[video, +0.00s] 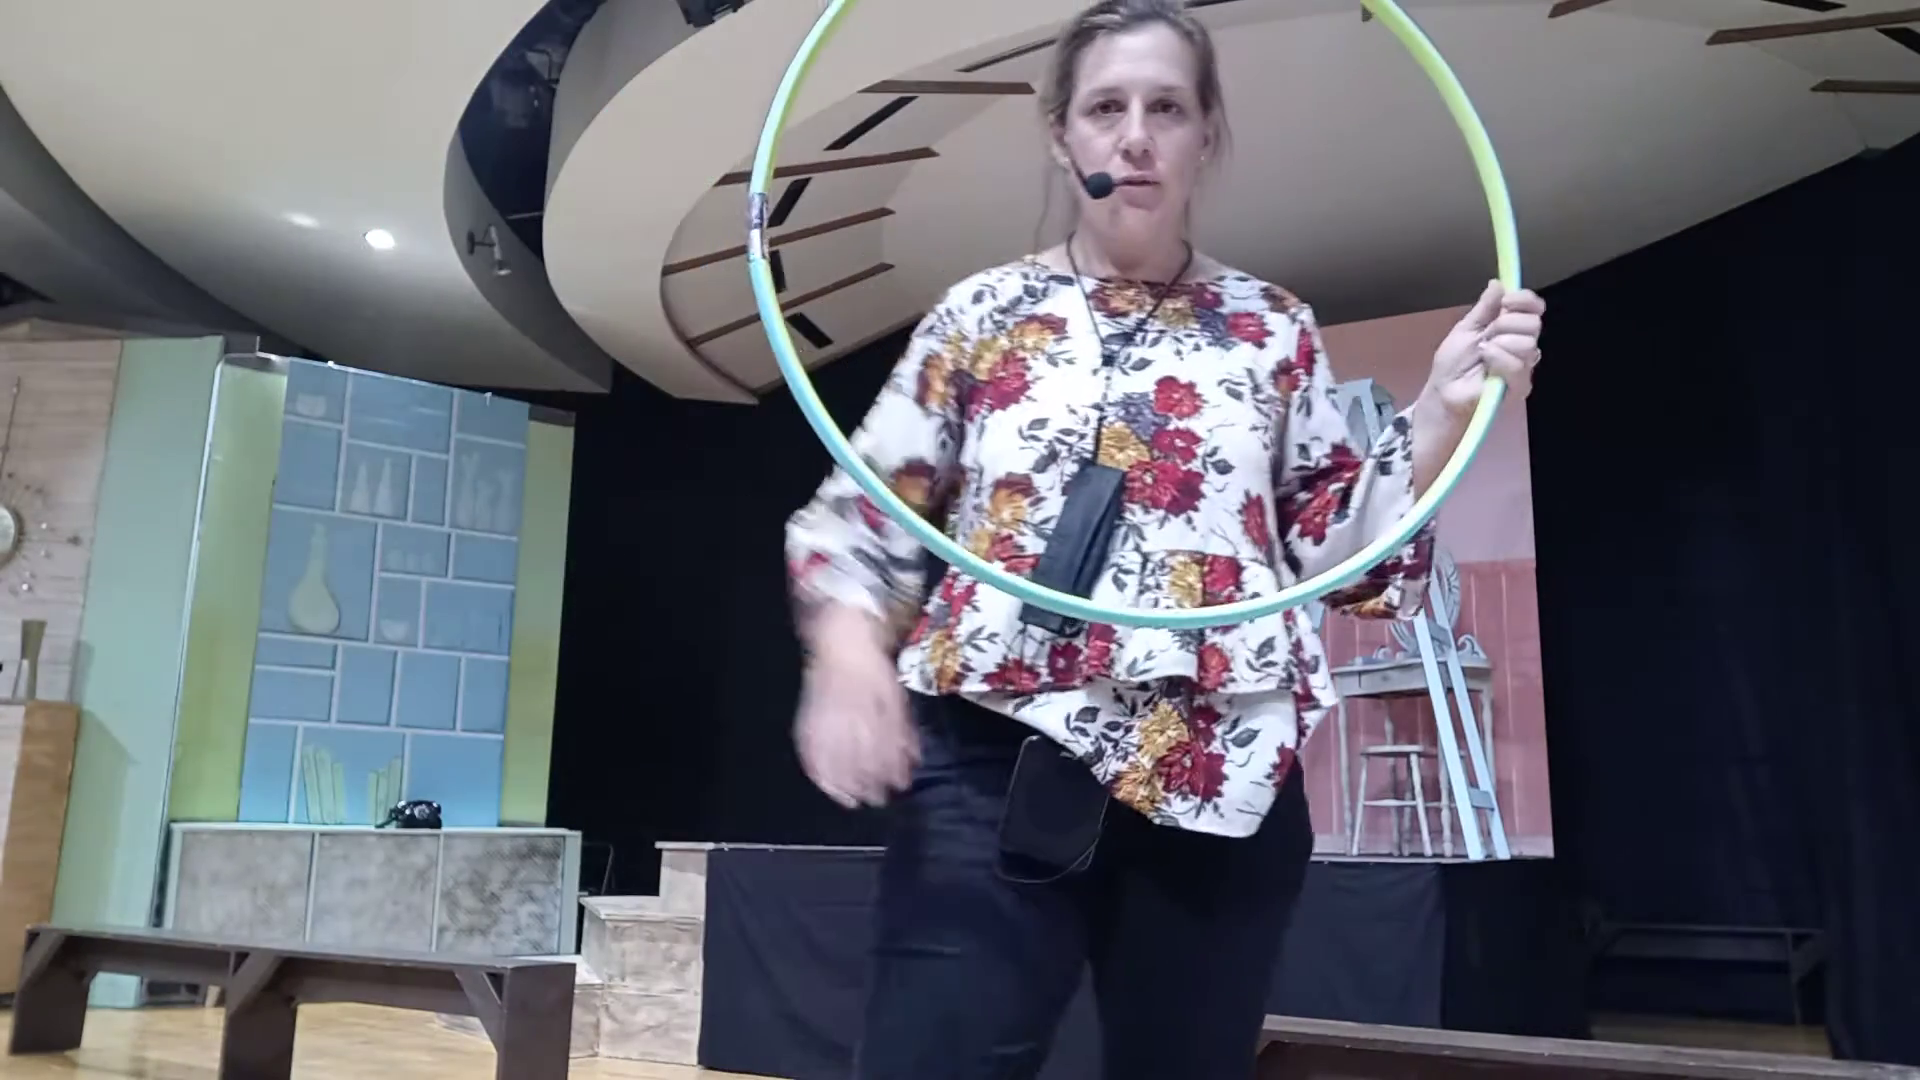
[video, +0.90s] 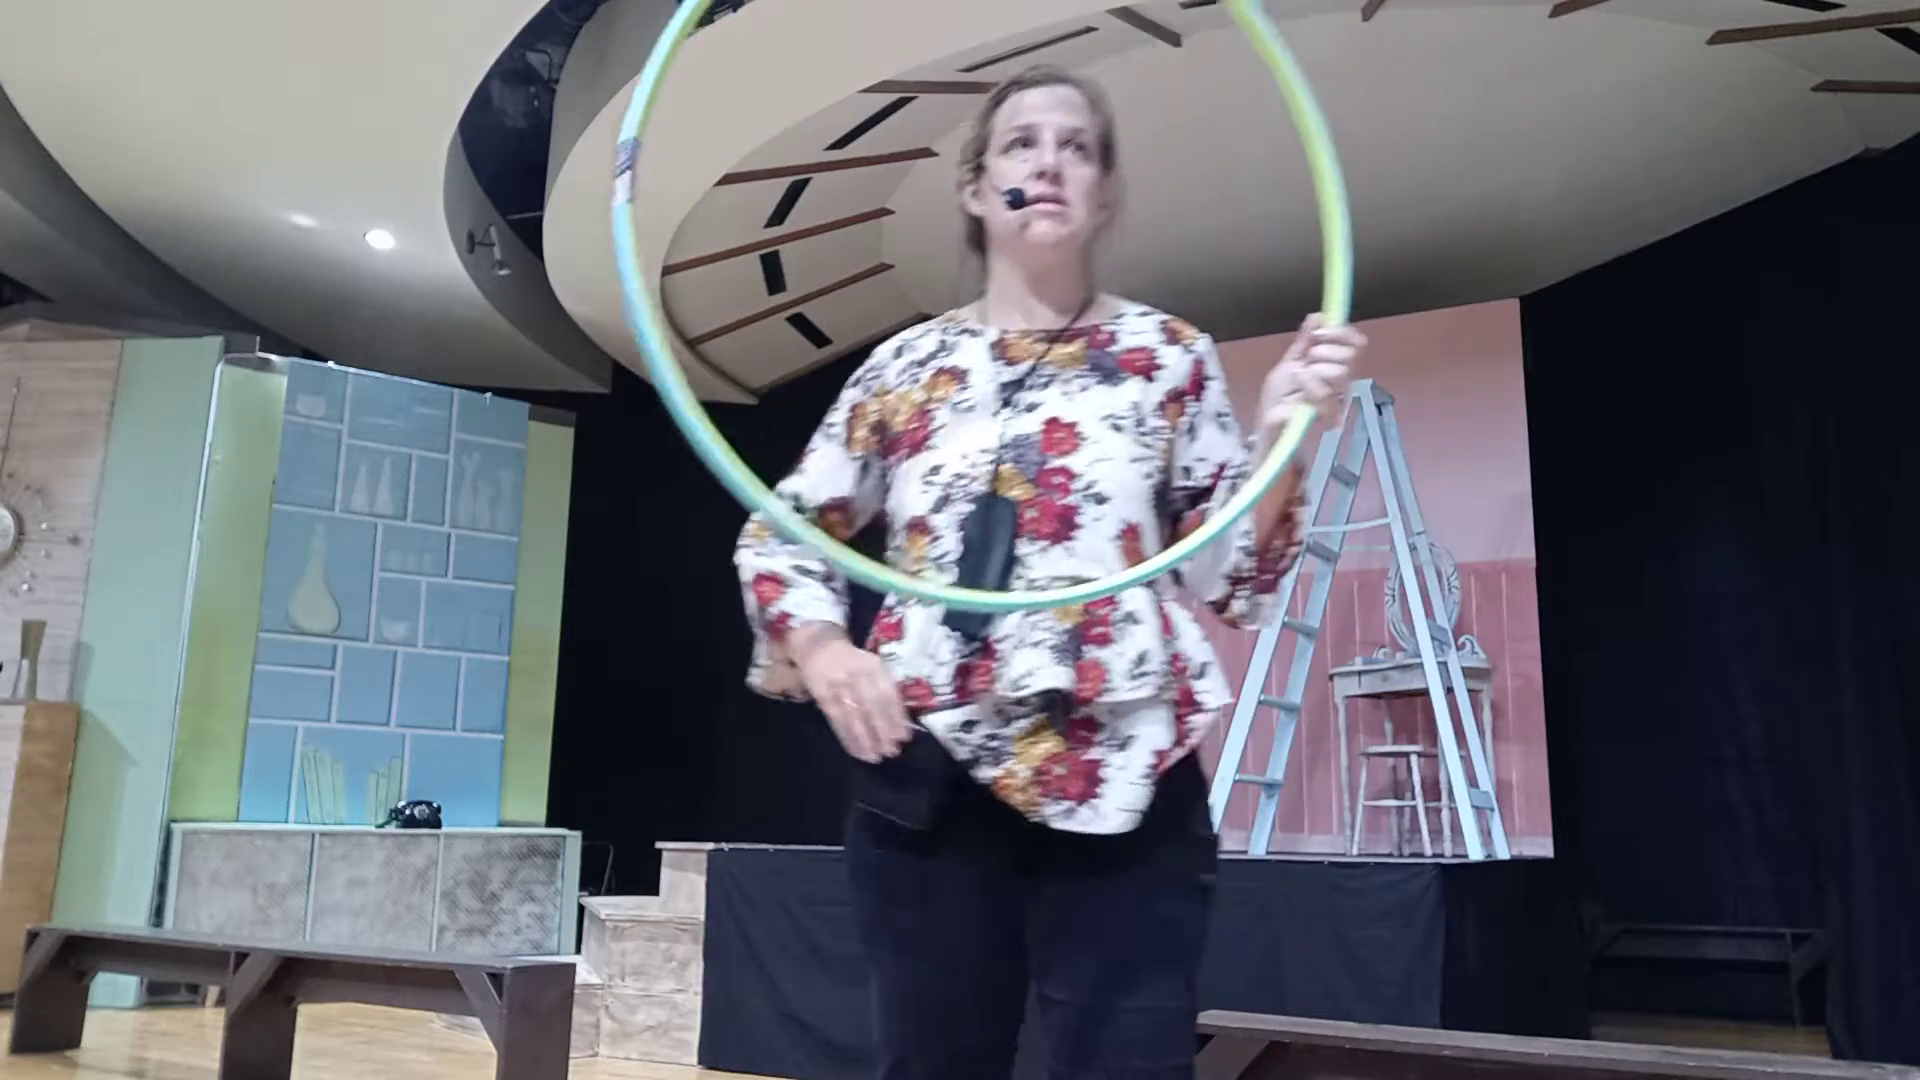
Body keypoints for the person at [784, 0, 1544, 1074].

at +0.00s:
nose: (1134, 137)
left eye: (1165, 109)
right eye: (1106, 108)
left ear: (1211, 138)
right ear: (1061, 137)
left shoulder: (1277, 332)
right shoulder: (981, 315)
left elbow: (1344, 561)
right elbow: (852, 521)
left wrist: (1443, 412)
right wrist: (848, 649)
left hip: (1216, 802)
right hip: (992, 775)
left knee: (1186, 1065)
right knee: (931, 1062)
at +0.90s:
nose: (1045, 159)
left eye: (1075, 146)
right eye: (1018, 144)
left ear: (1109, 198)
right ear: (976, 193)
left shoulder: (1174, 358)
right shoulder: (903, 368)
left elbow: (1233, 581)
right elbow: (776, 543)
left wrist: (1284, 427)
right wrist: (822, 650)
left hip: (1130, 806)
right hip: (933, 797)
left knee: (1126, 1062)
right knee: (936, 1061)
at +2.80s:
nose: (1065, 258)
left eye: (1086, 237)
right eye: (1038, 236)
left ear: (1108, 260)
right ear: (988, 260)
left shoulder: (1160, 399)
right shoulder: (925, 408)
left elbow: (1223, 600)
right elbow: (867, 610)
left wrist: (1261, 472)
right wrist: (800, 481)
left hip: (1133, 804)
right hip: (955, 796)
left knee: (1119, 1063)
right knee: (956, 1062)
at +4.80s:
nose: (934, 261)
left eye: (958, 237)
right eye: (908, 242)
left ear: (998, 261)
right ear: (882, 271)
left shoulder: (1074, 401)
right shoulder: (837, 422)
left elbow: (1119, 613)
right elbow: (794, 623)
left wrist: (1163, 522)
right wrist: (697, 530)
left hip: (1048, 808)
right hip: (868, 808)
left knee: (1073, 1062)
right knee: (892, 1062)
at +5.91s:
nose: (923, 245)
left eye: (952, 228)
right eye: (903, 227)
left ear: (995, 264)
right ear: (876, 259)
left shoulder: (1061, 408)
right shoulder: (817, 418)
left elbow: (1146, 595)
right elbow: (761, 594)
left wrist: (1202, 473)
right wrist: (646, 481)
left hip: (1027, 804)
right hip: (844, 800)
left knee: (1054, 1061)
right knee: (879, 1060)